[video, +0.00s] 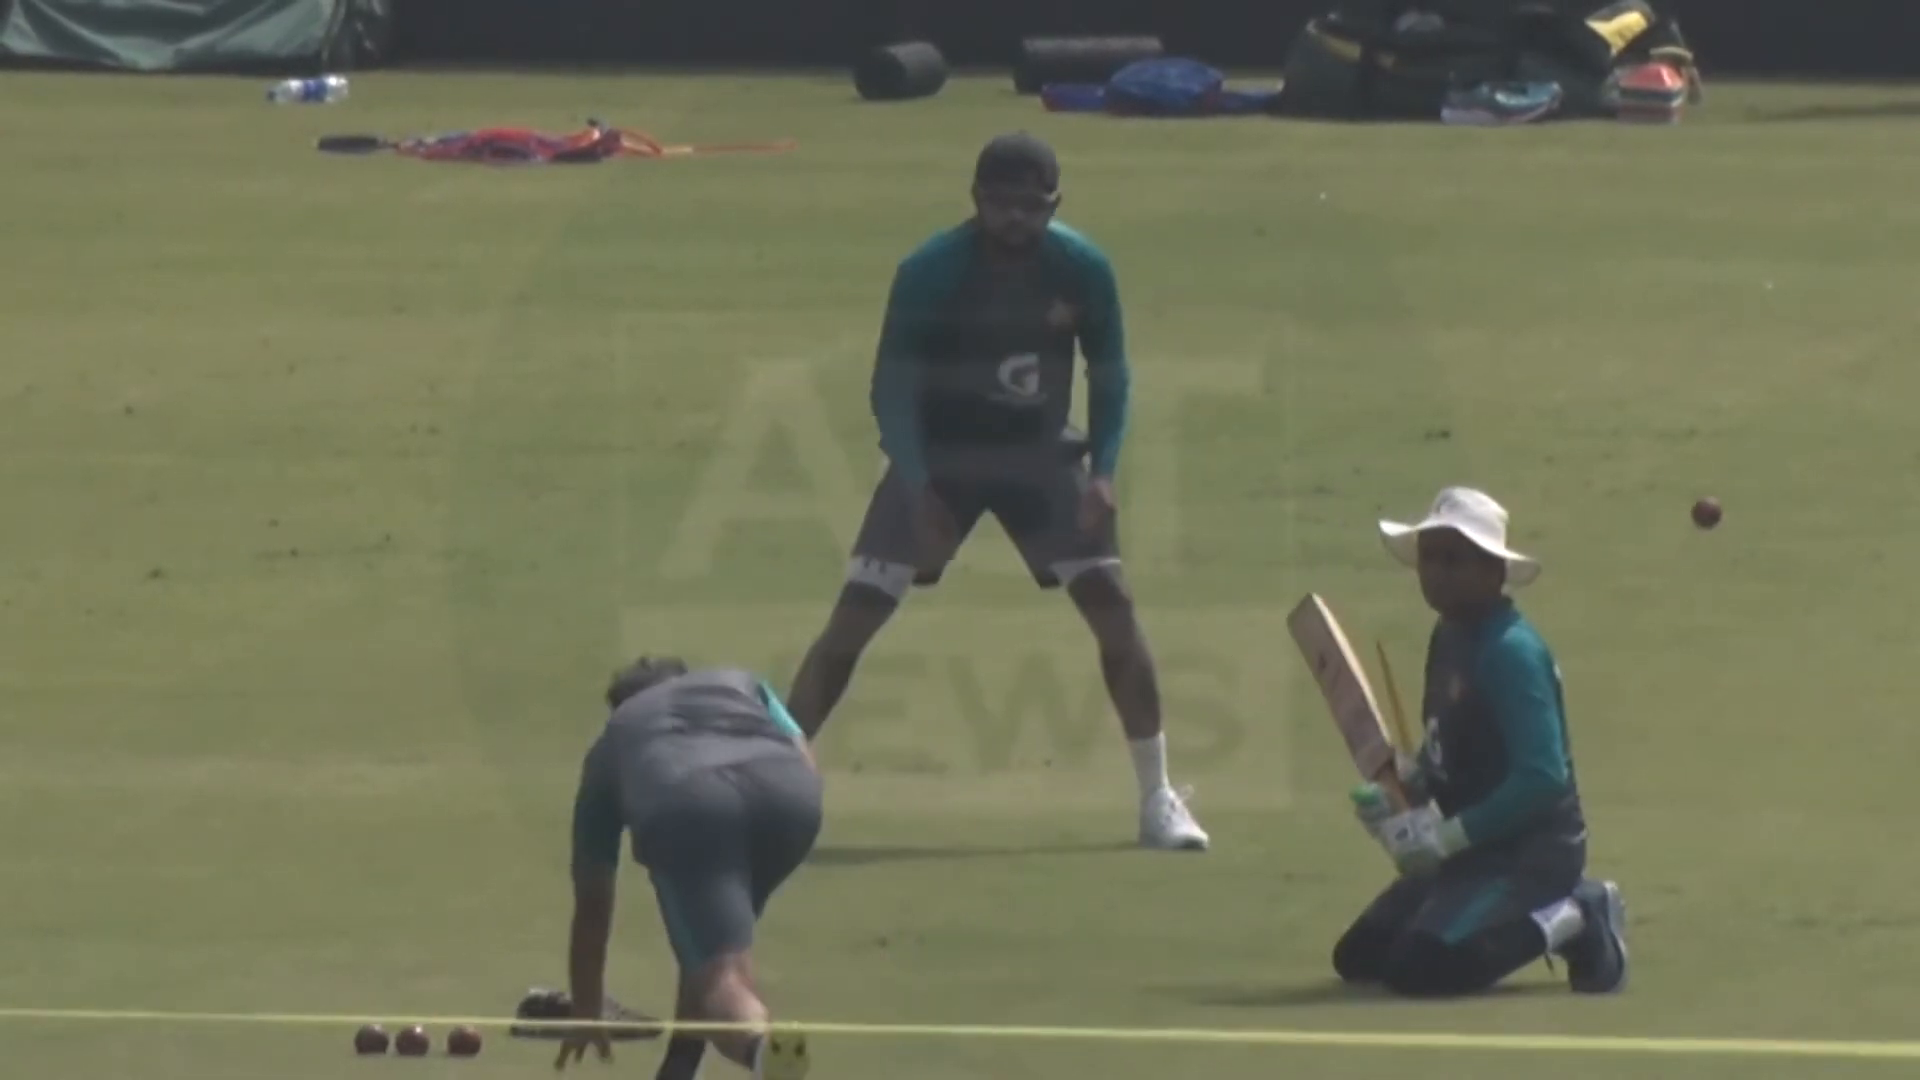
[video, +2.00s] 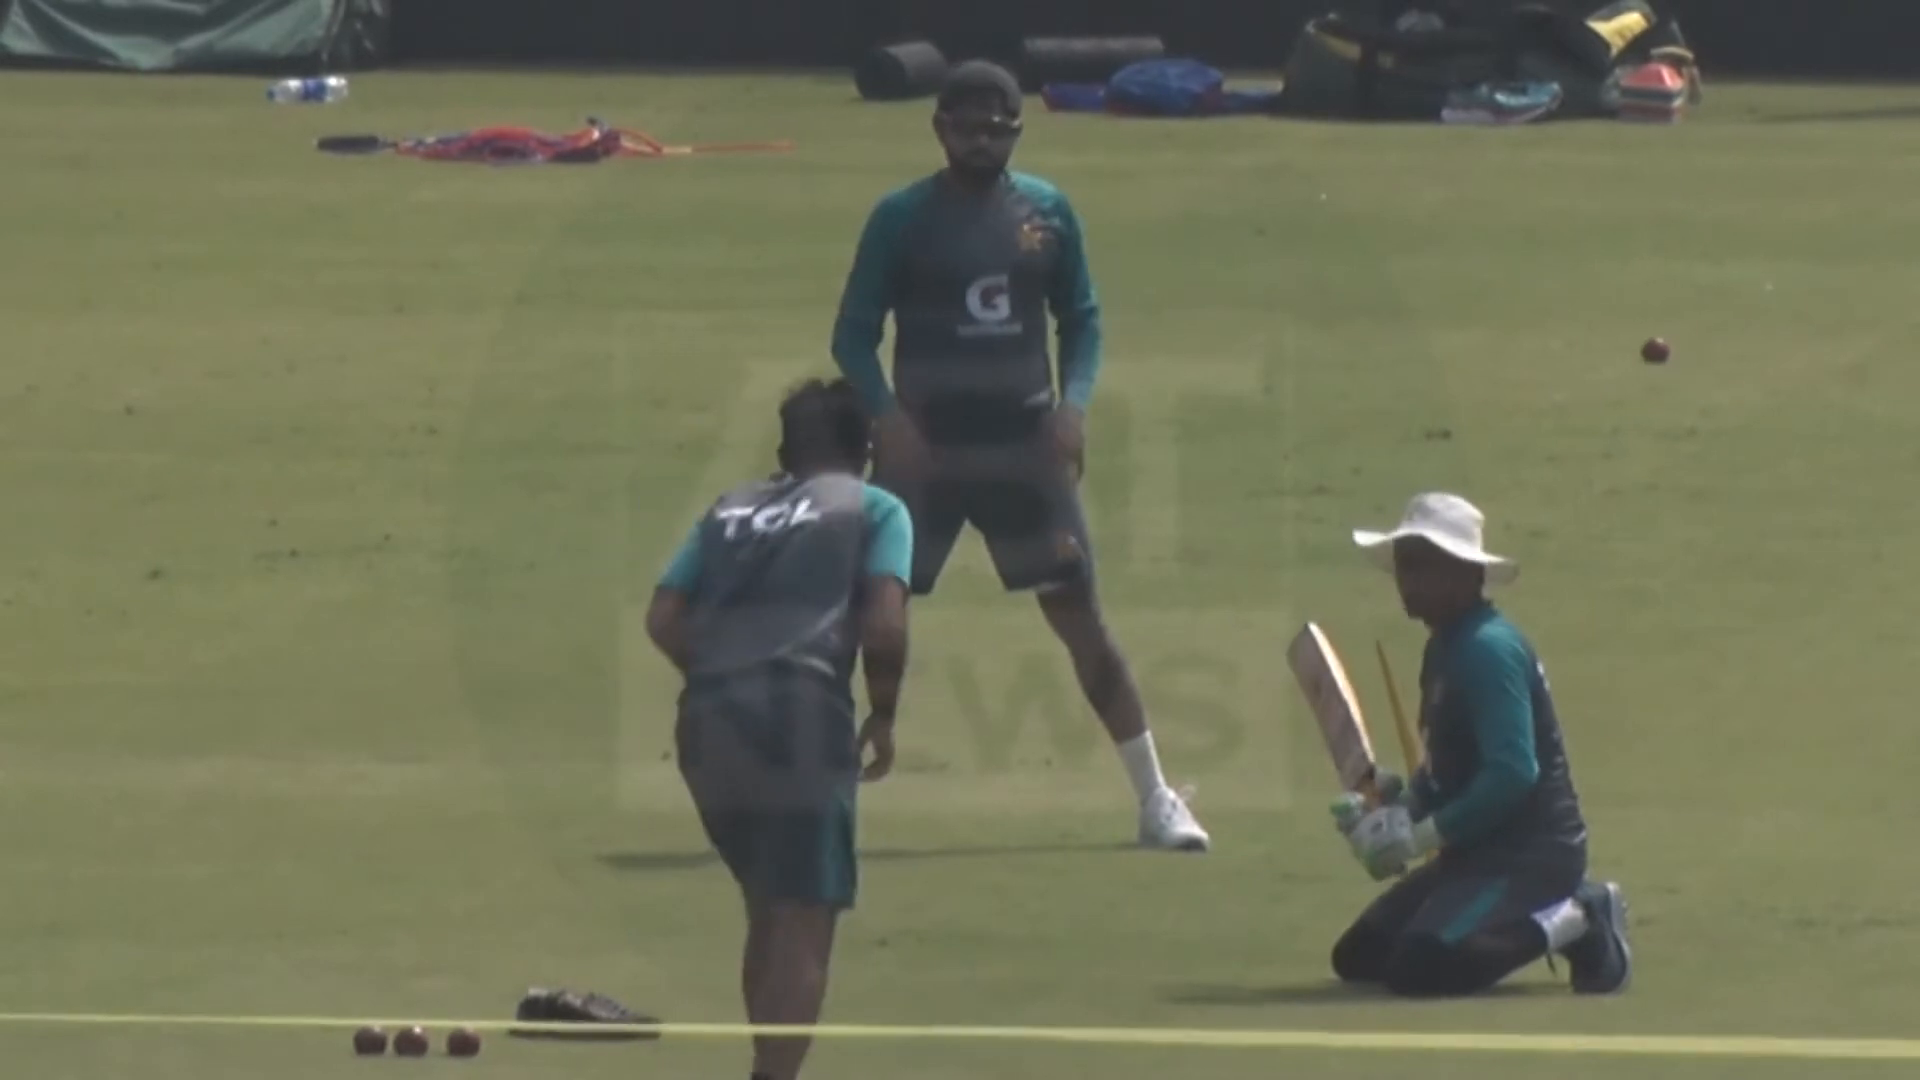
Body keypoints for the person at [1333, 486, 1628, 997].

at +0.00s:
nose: (1434, 572)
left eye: (1452, 558)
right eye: (1427, 557)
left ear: (1493, 571)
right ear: (1416, 563)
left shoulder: (1512, 651)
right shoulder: (1450, 637)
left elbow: (1543, 778)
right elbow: (1451, 751)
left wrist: (1448, 836)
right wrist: (1404, 793)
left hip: (1532, 857)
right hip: (1478, 849)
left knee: (1416, 971)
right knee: (1358, 958)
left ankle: (1577, 917)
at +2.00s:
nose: (1402, 581)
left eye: (1417, 566)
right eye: (1400, 566)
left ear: (1462, 572)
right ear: (1396, 571)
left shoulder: (1487, 648)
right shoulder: (1445, 647)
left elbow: (1512, 773)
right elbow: (1455, 769)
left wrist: (1421, 837)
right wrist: (1399, 801)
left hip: (1531, 857)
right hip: (1483, 853)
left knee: (1415, 970)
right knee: (1357, 958)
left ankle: (1579, 919)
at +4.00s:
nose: (1333, 563)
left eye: (1344, 552)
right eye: (1337, 551)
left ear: (1377, 559)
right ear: (1394, 563)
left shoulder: (1408, 603)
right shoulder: (1387, 660)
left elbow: (1297, 625)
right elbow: (1292, 737)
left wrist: (1191, 640)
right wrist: (1180, 703)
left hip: (1489, 846)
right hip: (1446, 851)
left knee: (1416, 968)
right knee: (1335, 955)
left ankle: (1576, 915)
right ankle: (1520, 923)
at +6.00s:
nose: (1393, 536)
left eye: (1404, 527)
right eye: (1397, 525)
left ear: (1430, 536)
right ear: (1472, 543)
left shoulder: (1436, 590)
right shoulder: (1486, 609)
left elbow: (1436, 705)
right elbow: (1467, 749)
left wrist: (1389, 808)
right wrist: (1388, 841)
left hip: (1481, 836)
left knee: (1370, 964)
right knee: (1338, 950)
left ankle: (1533, 909)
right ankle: (1531, 904)